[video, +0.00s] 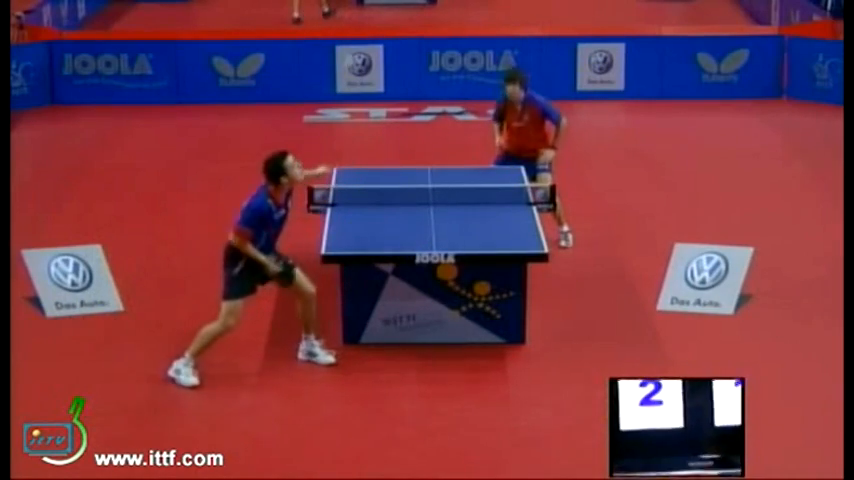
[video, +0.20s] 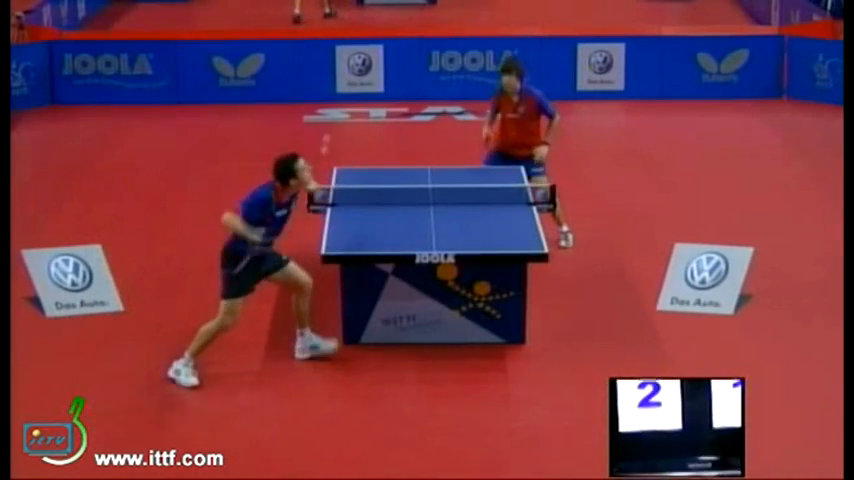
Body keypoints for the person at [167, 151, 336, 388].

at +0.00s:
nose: (301, 170)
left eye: (298, 166)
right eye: (295, 168)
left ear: (285, 180)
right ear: (282, 180)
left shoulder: (285, 190)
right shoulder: (259, 206)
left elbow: (297, 177)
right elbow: (238, 239)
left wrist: (315, 173)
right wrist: (267, 262)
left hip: (267, 252)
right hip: (242, 257)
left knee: (308, 292)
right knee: (228, 321)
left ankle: (309, 344)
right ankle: (184, 363)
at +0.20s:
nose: (307, 176)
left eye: (305, 171)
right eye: (302, 173)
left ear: (291, 180)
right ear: (290, 181)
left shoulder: (291, 191)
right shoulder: (262, 198)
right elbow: (229, 218)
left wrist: (312, 187)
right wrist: (250, 233)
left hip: (262, 252)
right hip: (238, 256)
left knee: (303, 283)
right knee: (227, 319)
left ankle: (305, 340)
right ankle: (184, 363)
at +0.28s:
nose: (318, 184)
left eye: (318, 179)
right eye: (315, 179)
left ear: (301, 182)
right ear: (302, 182)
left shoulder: (298, 196)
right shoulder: (275, 192)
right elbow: (242, 202)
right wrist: (273, 218)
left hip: (266, 254)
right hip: (244, 257)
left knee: (307, 277)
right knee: (229, 321)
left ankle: (296, 334)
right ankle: (184, 362)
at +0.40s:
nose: (339, 190)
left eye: (339, 185)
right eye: (337, 184)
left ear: (324, 182)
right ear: (324, 183)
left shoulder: (304, 203)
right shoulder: (300, 195)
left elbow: (316, 221)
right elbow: (305, 185)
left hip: (276, 254)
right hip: (258, 256)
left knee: (310, 284)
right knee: (252, 324)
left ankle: (296, 343)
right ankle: (196, 356)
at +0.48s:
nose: (348, 187)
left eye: (348, 184)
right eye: (347, 183)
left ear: (326, 177)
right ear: (339, 183)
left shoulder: (309, 189)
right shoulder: (321, 191)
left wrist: (353, 209)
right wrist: (355, 219)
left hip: (277, 252)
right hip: (268, 255)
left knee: (310, 285)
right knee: (278, 324)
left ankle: (296, 343)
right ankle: (218, 346)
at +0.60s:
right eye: (350, 178)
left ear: (330, 172)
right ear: (350, 181)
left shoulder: (308, 187)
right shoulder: (339, 199)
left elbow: (278, 196)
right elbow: (368, 222)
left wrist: (267, 205)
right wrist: (368, 214)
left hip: (272, 246)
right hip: (288, 252)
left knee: (310, 285)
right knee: (322, 317)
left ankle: (296, 343)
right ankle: (265, 347)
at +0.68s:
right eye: (353, 170)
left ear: (334, 167)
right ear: (354, 173)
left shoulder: (313, 183)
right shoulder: (347, 197)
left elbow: (279, 190)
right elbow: (370, 230)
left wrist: (264, 200)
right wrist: (372, 223)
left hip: (281, 243)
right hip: (303, 250)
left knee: (307, 289)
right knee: (343, 306)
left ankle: (295, 343)